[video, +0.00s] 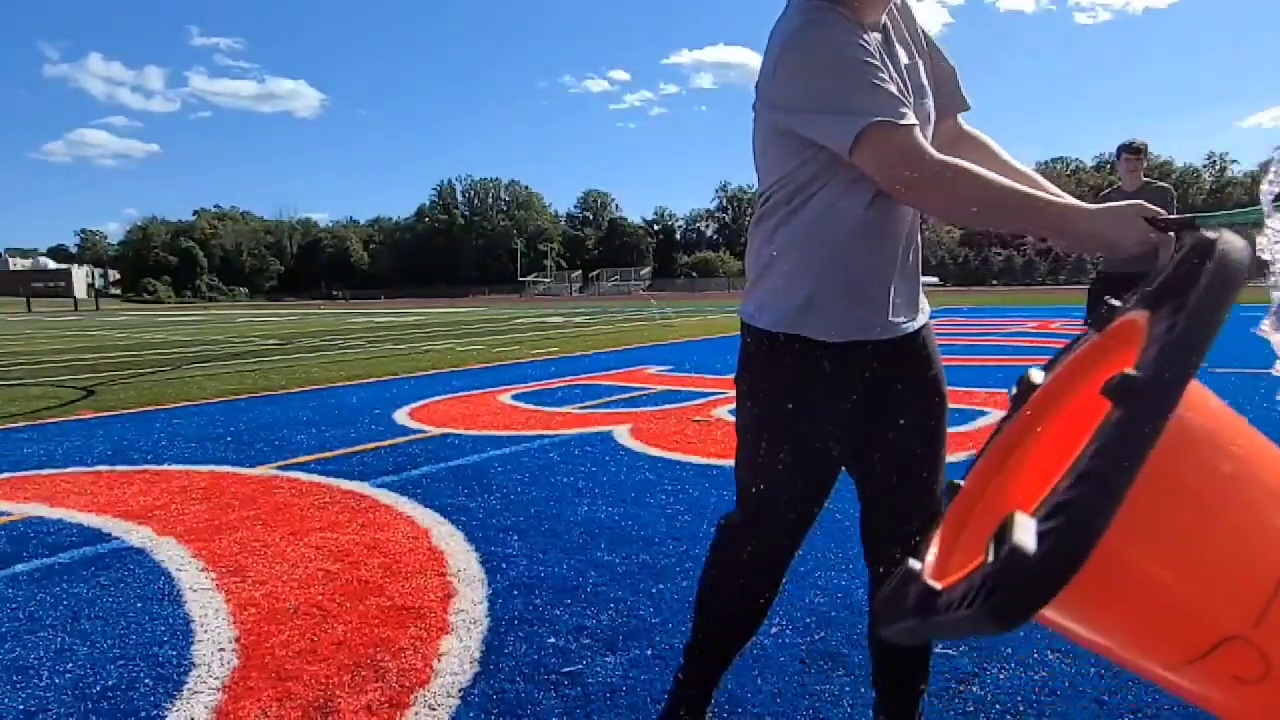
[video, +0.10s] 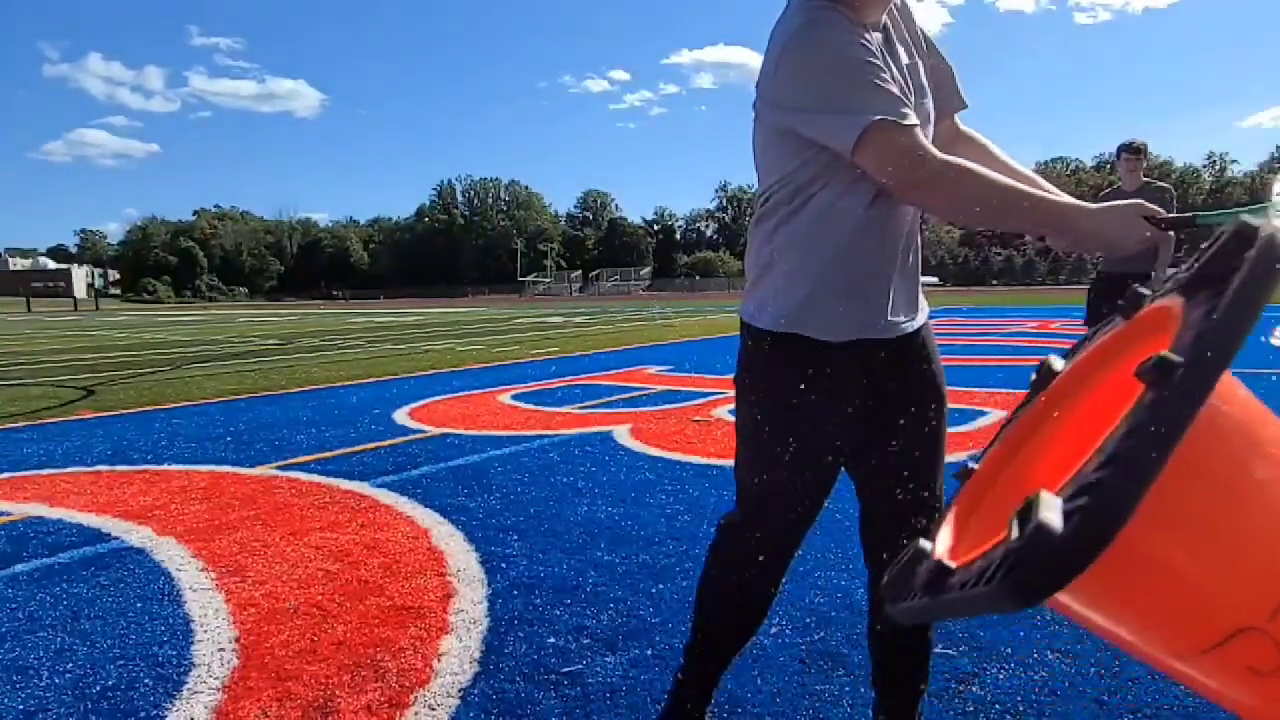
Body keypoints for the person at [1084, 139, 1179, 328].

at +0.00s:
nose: (1132, 164)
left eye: (1137, 159)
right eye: (1127, 159)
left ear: (1145, 163)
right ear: (1118, 163)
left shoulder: (1162, 194)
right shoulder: (1106, 198)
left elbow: (1168, 239)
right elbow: (1099, 234)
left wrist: (1159, 277)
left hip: (1147, 276)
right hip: (1111, 275)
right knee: (1097, 331)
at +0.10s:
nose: (1132, 165)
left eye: (1137, 159)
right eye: (1127, 159)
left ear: (1144, 163)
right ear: (1118, 163)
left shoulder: (1162, 194)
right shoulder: (1106, 198)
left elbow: (1167, 237)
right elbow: (1099, 233)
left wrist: (1159, 275)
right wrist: (1092, 251)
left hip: (1146, 275)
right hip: (1111, 275)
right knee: (1097, 332)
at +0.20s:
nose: (1132, 165)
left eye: (1137, 160)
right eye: (1127, 160)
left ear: (1144, 163)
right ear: (1118, 163)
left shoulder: (1162, 194)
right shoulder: (1106, 198)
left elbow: (1167, 238)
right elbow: (1099, 236)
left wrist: (1158, 276)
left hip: (1145, 277)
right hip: (1110, 276)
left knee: (1141, 341)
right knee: (1098, 341)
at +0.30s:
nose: (1132, 165)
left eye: (1137, 160)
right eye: (1127, 159)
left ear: (1144, 163)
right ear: (1118, 163)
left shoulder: (1161, 194)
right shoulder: (1106, 198)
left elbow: (1167, 238)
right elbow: (1097, 235)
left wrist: (1157, 280)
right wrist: (1091, 251)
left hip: (1141, 277)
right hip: (1108, 276)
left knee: (1135, 340)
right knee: (1094, 338)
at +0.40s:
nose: (1132, 165)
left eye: (1137, 160)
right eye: (1127, 160)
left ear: (1145, 163)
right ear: (1118, 164)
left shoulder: (1161, 194)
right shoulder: (1106, 198)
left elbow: (1166, 240)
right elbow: (1095, 238)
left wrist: (1157, 280)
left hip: (1141, 278)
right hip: (1107, 278)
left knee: (1139, 343)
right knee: (1098, 343)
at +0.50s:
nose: (1132, 165)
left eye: (1137, 160)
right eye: (1127, 160)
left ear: (1144, 163)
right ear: (1118, 164)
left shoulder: (1160, 193)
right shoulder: (1107, 198)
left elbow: (1166, 239)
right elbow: (1095, 235)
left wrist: (1157, 279)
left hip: (1140, 278)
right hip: (1106, 277)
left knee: (1133, 341)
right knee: (1093, 340)